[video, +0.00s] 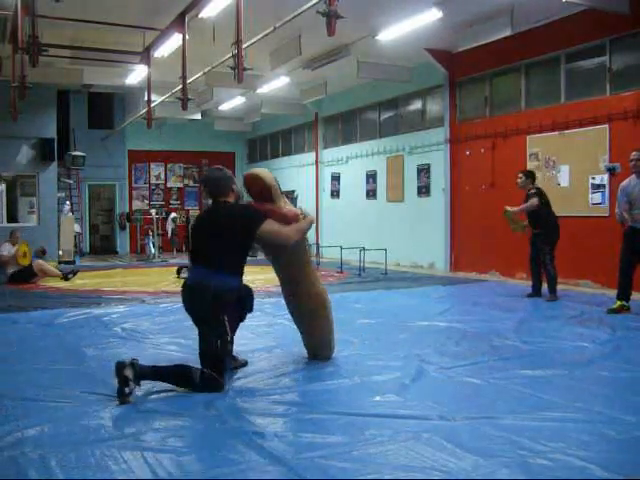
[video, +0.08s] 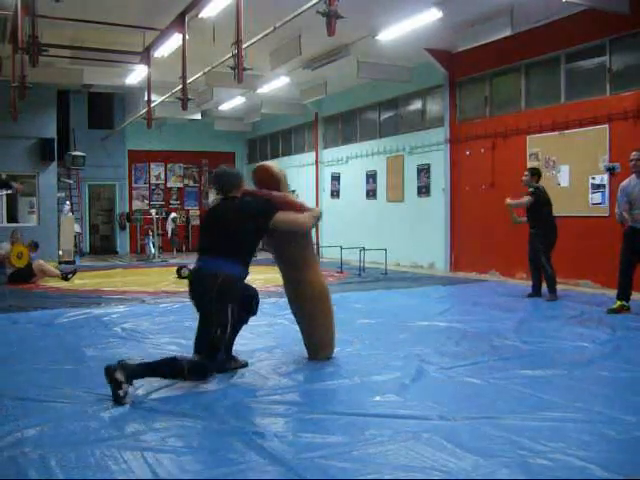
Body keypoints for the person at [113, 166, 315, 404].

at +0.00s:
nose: (237, 189)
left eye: (234, 186)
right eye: (235, 186)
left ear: (207, 193)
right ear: (232, 191)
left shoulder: (199, 222)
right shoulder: (244, 215)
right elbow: (289, 236)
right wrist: (308, 221)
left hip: (194, 294)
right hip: (221, 298)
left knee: (244, 296)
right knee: (213, 380)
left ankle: (224, 357)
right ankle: (137, 371)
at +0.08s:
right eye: (243, 184)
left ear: (217, 190)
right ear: (242, 186)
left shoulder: (211, 213)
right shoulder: (255, 208)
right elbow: (303, 222)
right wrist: (315, 212)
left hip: (200, 282)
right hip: (224, 288)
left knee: (249, 297)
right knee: (206, 365)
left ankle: (222, 356)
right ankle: (127, 372)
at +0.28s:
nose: (273, 167)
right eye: (272, 163)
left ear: (250, 166)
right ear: (272, 164)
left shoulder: (238, 186)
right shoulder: (282, 186)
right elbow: (332, 209)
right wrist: (337, 207)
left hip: (216, 251)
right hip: (240, 254)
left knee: (251, 303)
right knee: (255, 327)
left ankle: (225, 356)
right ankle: (195, 344)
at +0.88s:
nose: (369, 169)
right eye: (369, 165)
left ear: (348, 163)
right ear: (370, 166)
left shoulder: (331, 179)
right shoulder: (375, 184)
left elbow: (312, 212)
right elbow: (399, 222)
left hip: (320, 237)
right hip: (352, 239)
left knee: (299, 288)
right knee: (377, 284)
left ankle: (292, 344)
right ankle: (382, 342)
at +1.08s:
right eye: (369, 155)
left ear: (349, 155)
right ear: (372, 157)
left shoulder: (333, 170)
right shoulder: (381, 176)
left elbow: (309, 202)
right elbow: (395, 214)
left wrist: (332, 214)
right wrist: (371, 220)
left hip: (333, 234)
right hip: (367, 235)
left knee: (306, 285)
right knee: (386, 283)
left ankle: (304, 345)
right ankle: (382, 343)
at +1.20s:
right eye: (361, 156)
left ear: (342, 155)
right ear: (364, 157)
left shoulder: (328, 170)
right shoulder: (373, 175)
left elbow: (300, 202)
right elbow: (386, 211)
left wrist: (323, 215)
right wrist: (366, 218)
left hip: (336, 235)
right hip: (369, 235)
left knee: (308, 284)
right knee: (384, 282)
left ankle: (311, 346)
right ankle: (381, 342)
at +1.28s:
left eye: (336, 163)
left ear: (334, 165)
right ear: (355, 166)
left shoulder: (325, 179)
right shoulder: (367, 184)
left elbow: (297, 208)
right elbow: (377, 213)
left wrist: (309, 220)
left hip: (339, 243)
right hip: (372, 242)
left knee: (306, 289)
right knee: (379, 283)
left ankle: (311, 349)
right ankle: (379, 336)